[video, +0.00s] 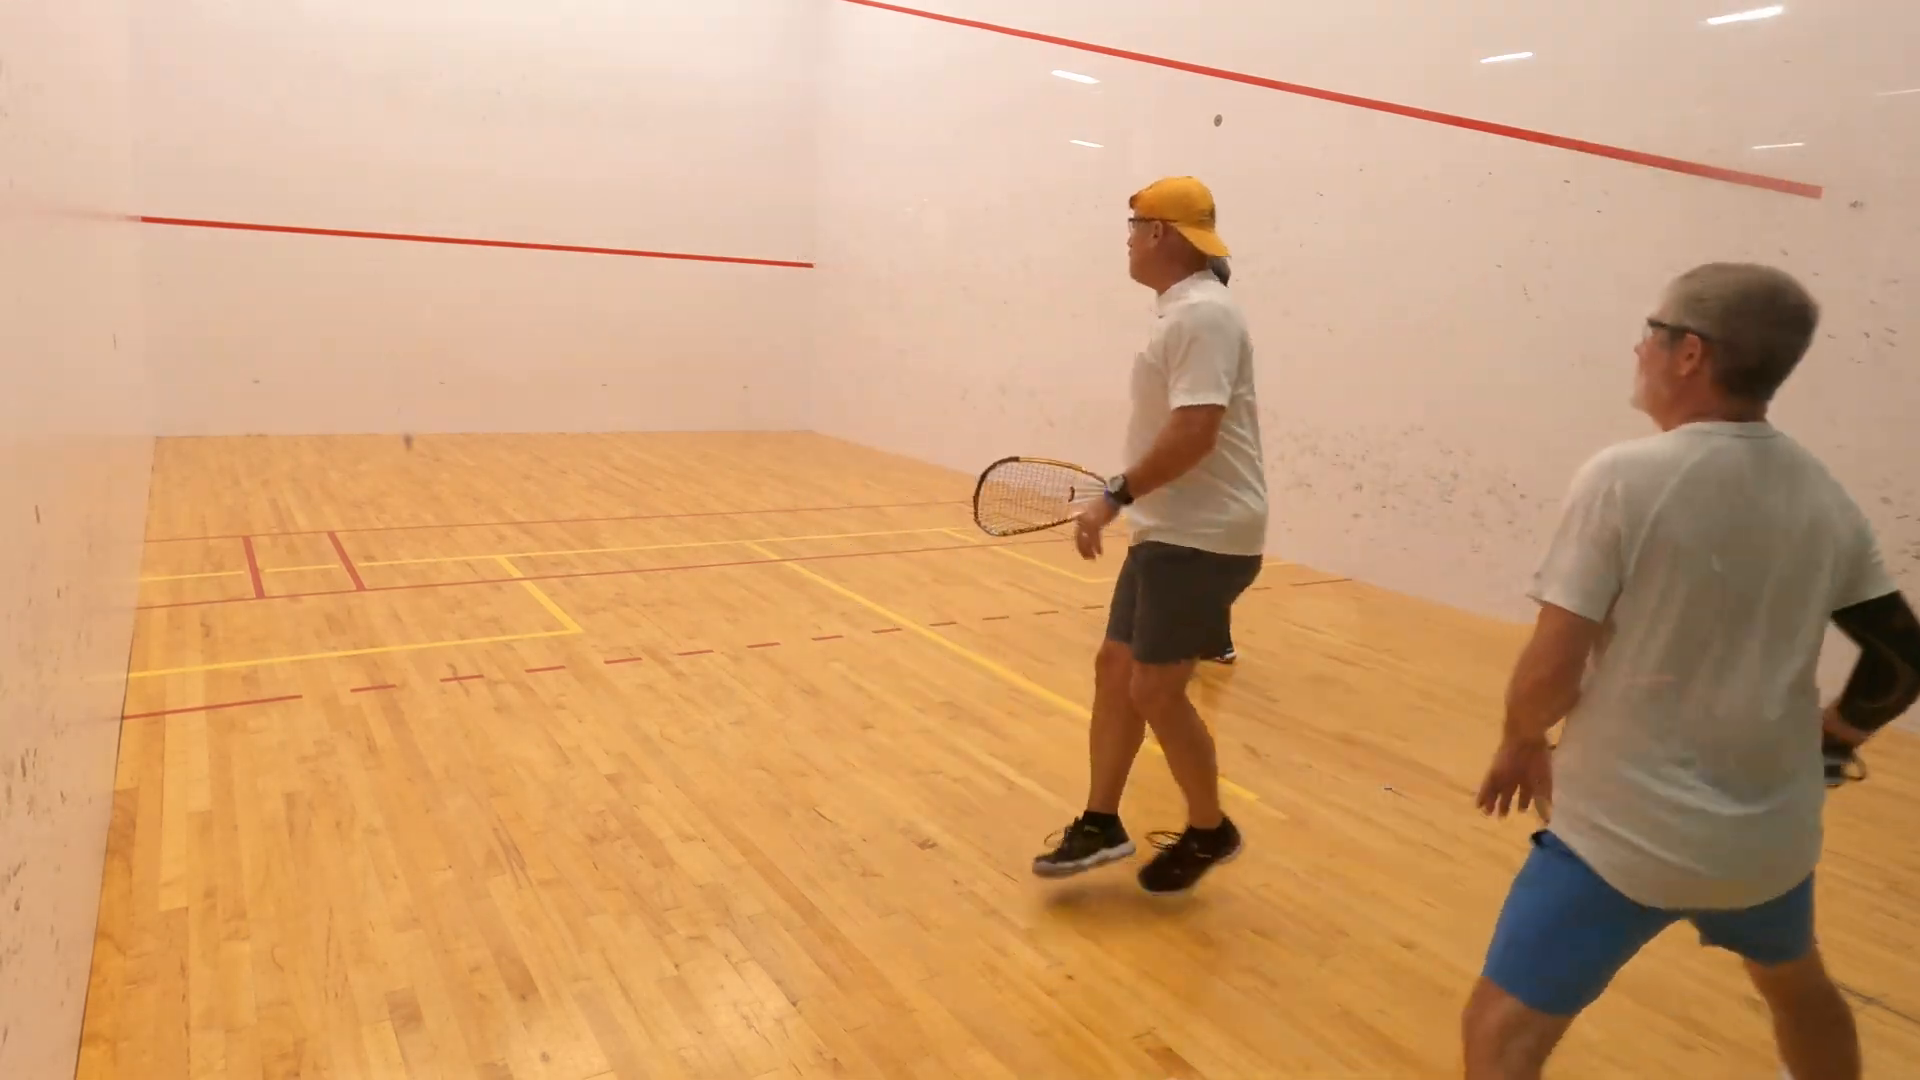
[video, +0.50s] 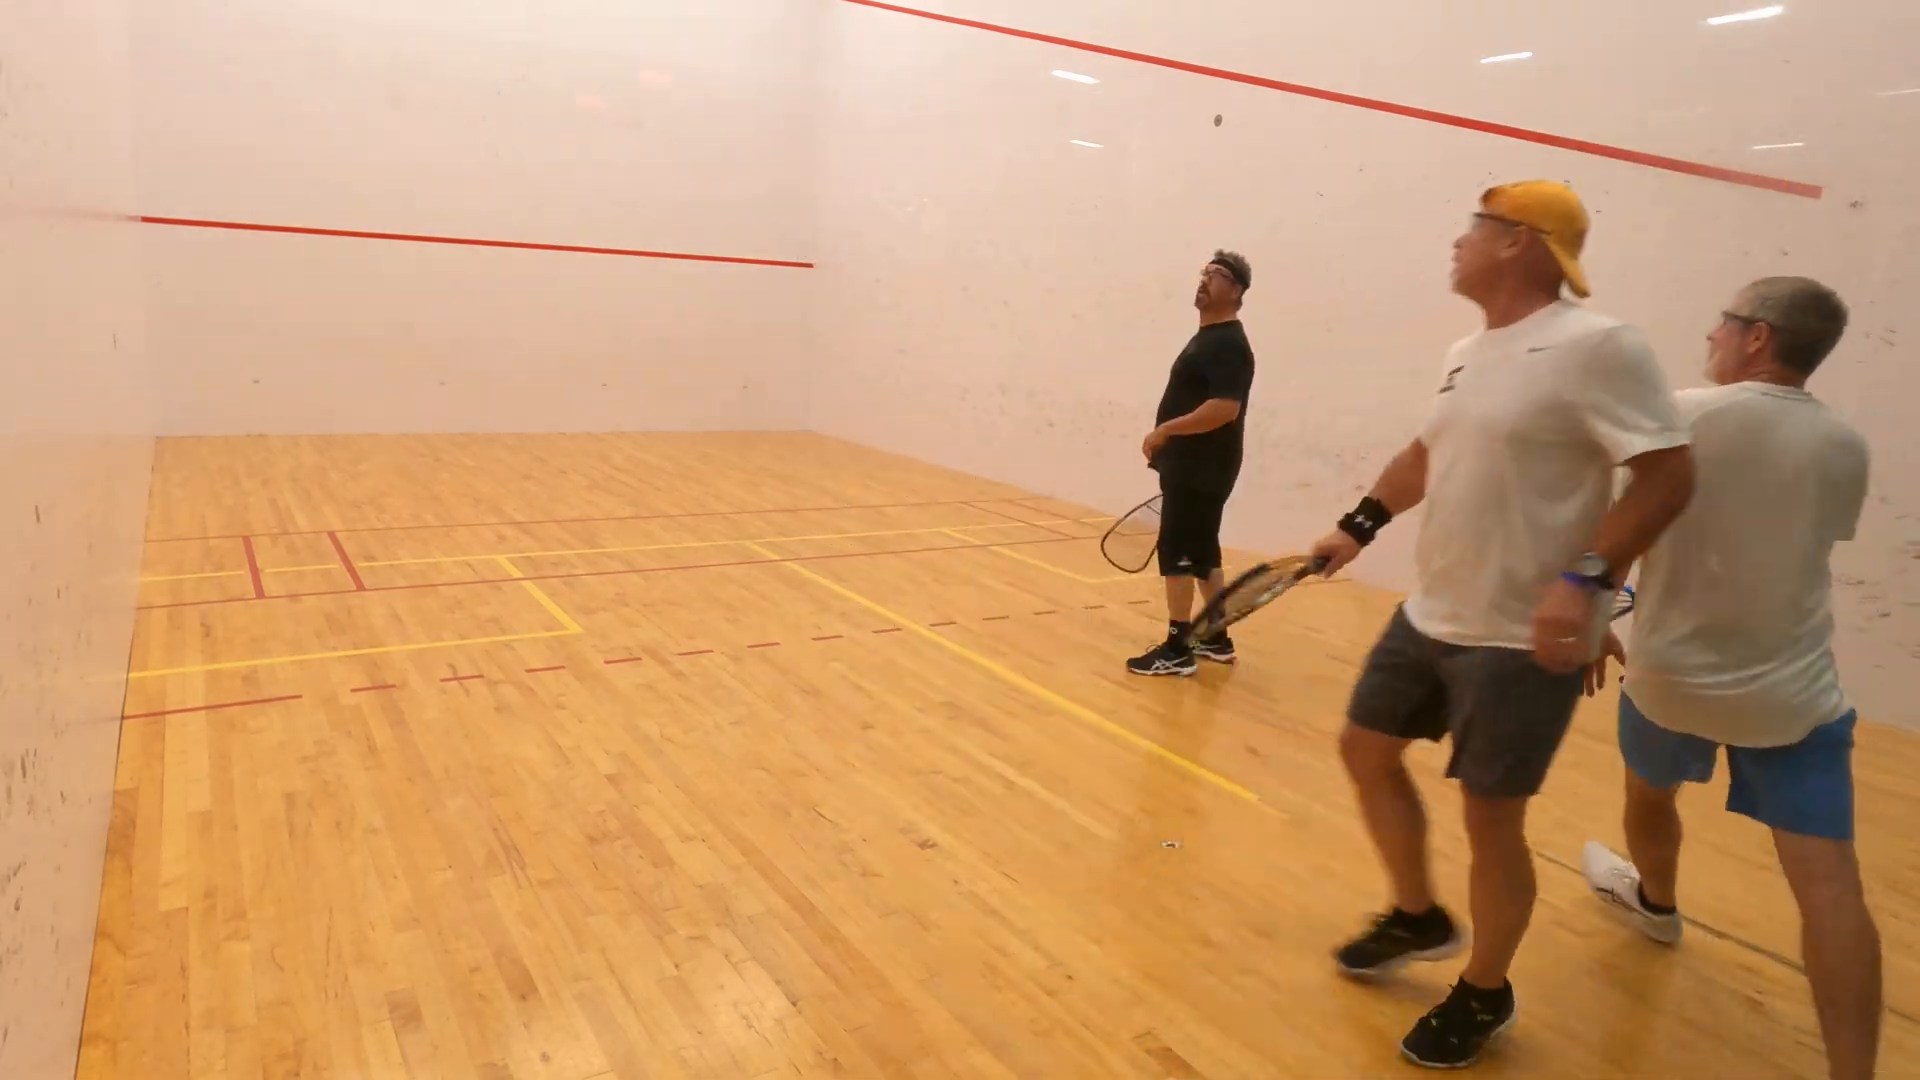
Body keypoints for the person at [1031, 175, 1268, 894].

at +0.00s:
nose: (1126, 241)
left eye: (1135, 228)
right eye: (1131, 228)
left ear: (1165, 237)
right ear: (1177, 237)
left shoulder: (1205, 312)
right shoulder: (1182, 313)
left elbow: (1195, 431)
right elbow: (1184, 433)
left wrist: (1115, 495)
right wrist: (1119, 500)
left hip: (1204, 538)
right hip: (1163, 531)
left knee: (1157, 690)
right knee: (1116, 668)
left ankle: (1210, 829)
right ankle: (1099, 822)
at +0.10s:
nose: (1165, 272)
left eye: (1177, 260)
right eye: (1171, 259)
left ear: (1209, 273)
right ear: (1215, 273)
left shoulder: (1253, 360)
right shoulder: (1196, 354)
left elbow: (1233, 485)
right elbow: (1197, 470)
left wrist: (1154, 554)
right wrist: (1149, 524)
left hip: (1229, 582)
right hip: (1169, 574)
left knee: (1204, 744)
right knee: (1106, 712)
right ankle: (1110, 876)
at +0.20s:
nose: (1215, 294)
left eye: (1229, 283)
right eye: (1221, 282)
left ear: (1264, 301)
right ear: (1266, 304)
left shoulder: (1312, 405)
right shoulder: (1237, 385)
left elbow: (1297, 526)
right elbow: (1232, 502)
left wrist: (1209, 605)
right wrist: (1180, 553)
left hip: (1263, 625)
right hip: (1185, 606)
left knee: (1286, 795)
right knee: (1100, 724)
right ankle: (1110, 881)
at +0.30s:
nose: (1294, 281)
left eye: (1309, 270)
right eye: (1301, 268)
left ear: (1344, 290)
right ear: (1342, 291)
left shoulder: (1398, 391)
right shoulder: (1316, 381)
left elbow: (1391, 524)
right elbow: (1301, 504)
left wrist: (1303, 607)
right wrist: (1243, 563)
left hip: (1342, 635)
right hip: (1256, 614)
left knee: (1361, 818)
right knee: (1172, 740)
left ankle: (1465, 977)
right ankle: (1114, 875)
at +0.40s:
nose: (1376, 269)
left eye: (1393, 256)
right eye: (1386, 254)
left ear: (1432, 277)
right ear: (1429, 277)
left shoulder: (1500, 376)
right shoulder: (1405, 368)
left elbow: (1528, 513)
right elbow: (1378, 484)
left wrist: (1433, 601)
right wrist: (1304, 546)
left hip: (1440, 645)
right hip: (1356, 617)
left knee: (1421, 826)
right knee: (1261, 735)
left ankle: (1478, 994)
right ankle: (1214, 892)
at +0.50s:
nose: (1457, 240)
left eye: (1476, 225)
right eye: (1468, 224)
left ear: (1520, 246)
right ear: (1516, 246)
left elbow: (1669, 477)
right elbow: (1430, 454)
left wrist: (1590, 576)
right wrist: (1355, 527)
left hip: (1527, 636)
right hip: (1435, 612)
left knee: (1492, 813)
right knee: (1366, 745)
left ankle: (1486, 990)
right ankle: (1418, 912)